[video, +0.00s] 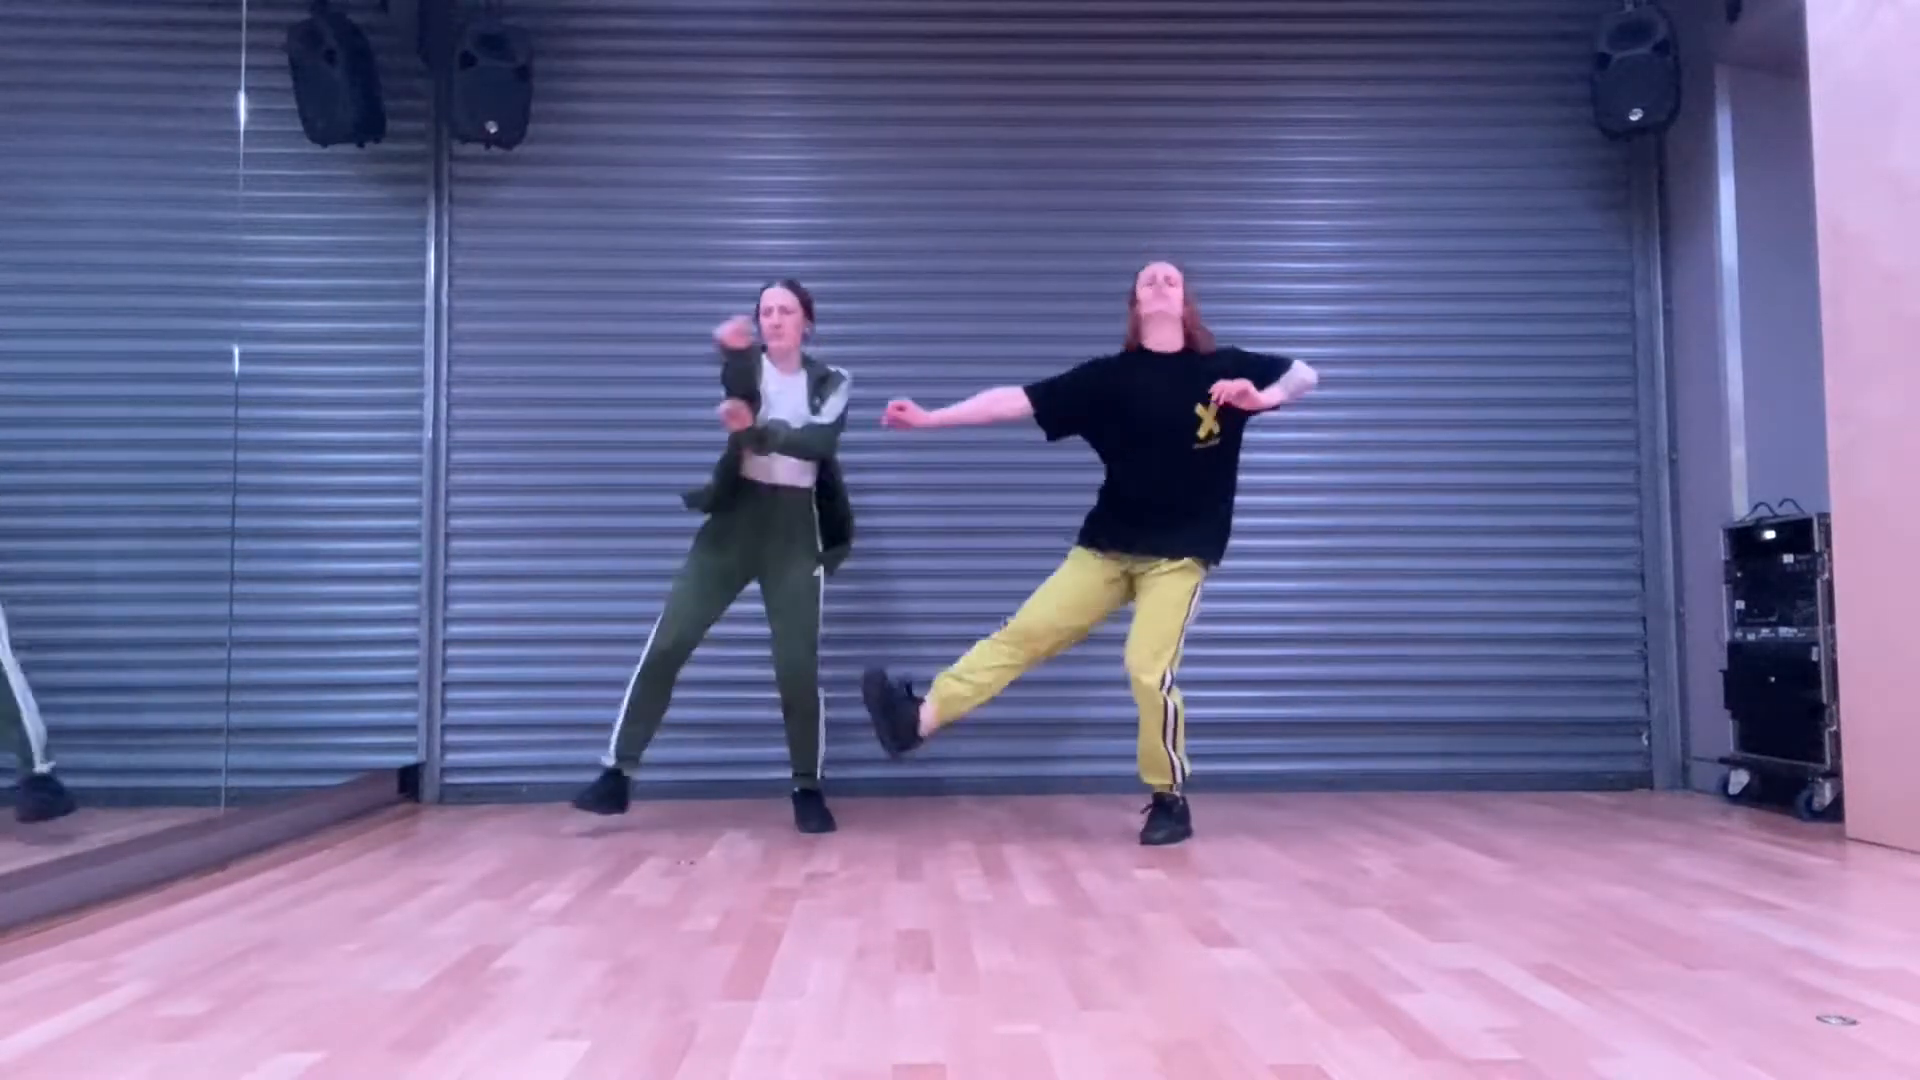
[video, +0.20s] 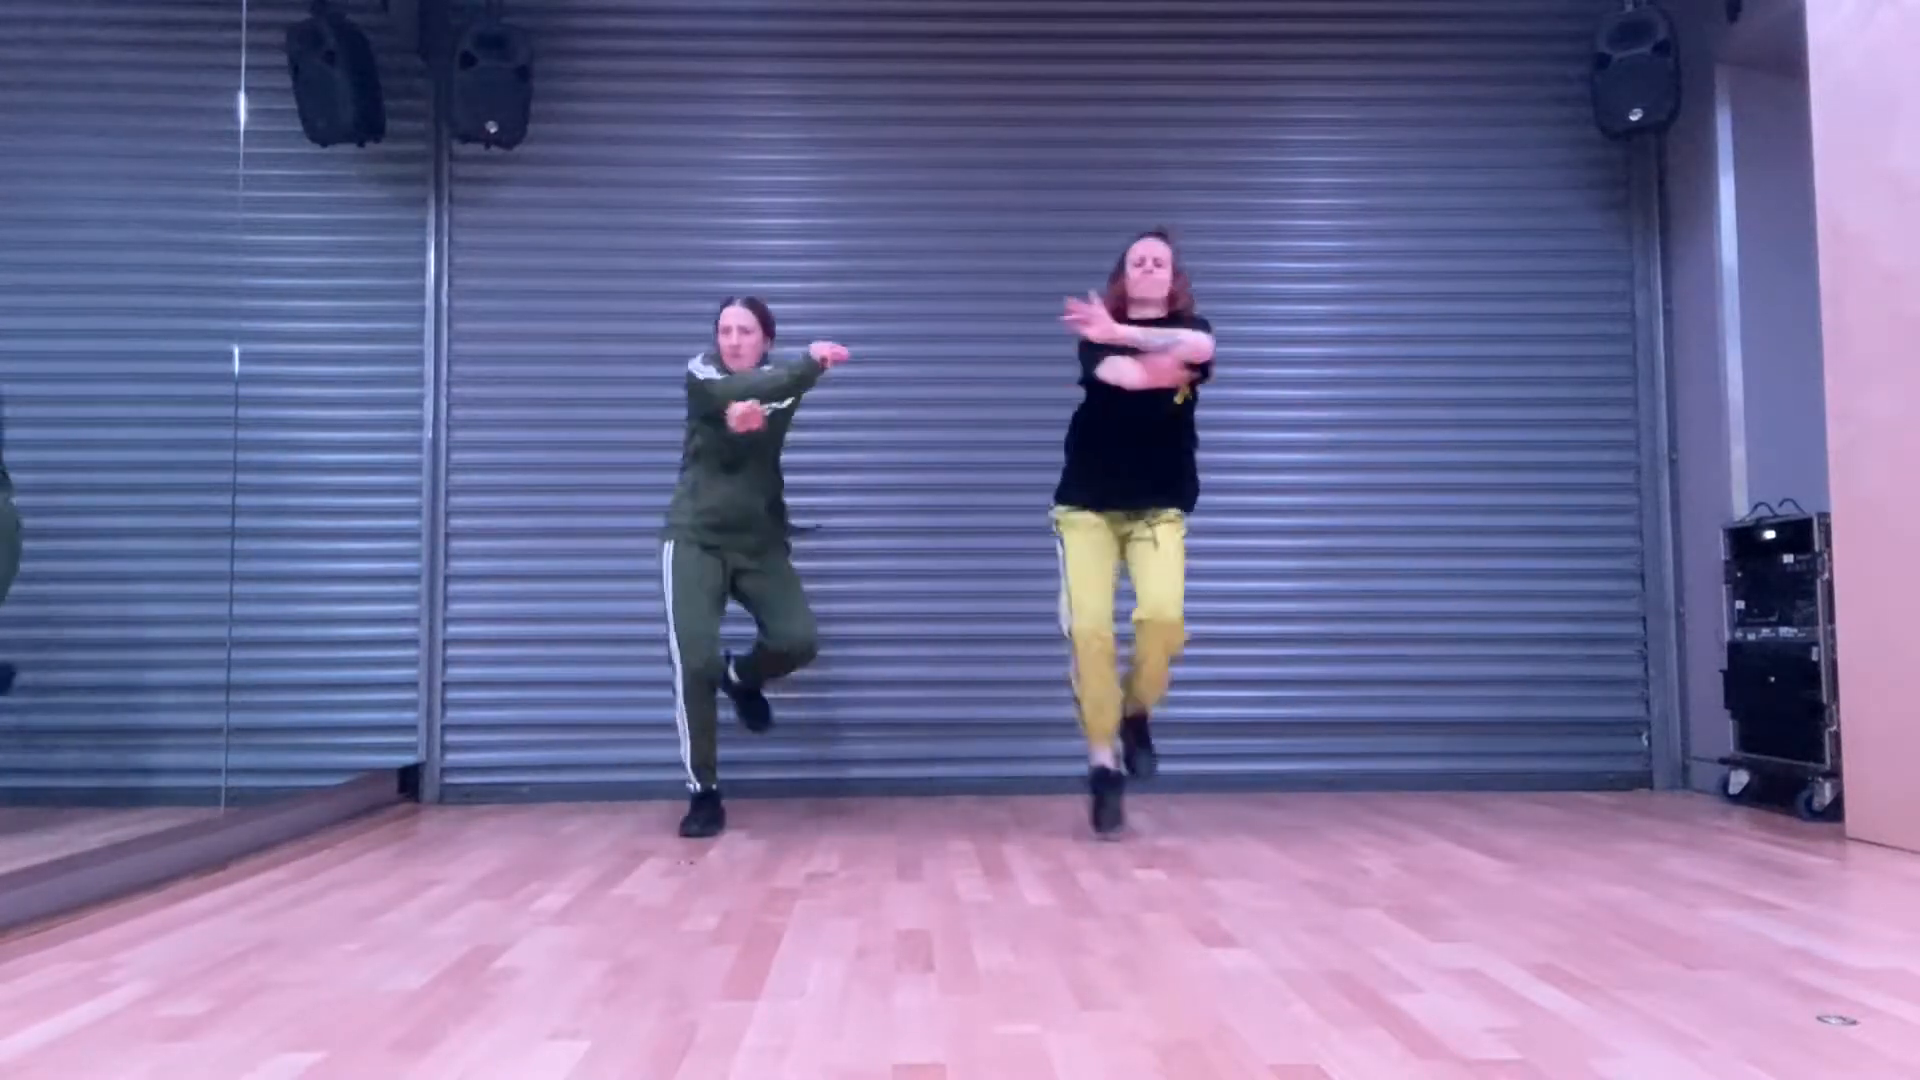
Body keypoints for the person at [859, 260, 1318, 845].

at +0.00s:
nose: (1161, 284)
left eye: (1171, 280)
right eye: (1150, 280)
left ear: (1188, 303)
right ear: (1133, 305)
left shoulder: (1226, 368)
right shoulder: (1108, 375)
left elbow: (1305, 376)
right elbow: (1019, 400)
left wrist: (1266, 395)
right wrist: (931, 418)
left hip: (1180, 553)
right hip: (1108, 545)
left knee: (1148, 669)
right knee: (1026, 634)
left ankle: (1167, 799)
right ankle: (918, 721)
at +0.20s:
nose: (1146, 271)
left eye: (1157, 264)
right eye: (1137, 263)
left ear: (1176, 279)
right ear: (1120, 279)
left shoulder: (1192, 333)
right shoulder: (1096, 335)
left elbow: (1200, 349)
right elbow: (1127, 374)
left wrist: (1115, 331)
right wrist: (1184, 364)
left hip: (1159, 507)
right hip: (1087, 505)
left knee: (1163, 616)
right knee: (1090, 631)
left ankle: (1137, 713)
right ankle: (1103, 767)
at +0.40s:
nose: (1127, 281)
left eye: (1138, 277)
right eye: (1117, 276)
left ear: (1152, 298)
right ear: (1100, 296)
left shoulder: (1168, 351)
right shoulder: (1081, 354)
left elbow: (1201, 354)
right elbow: (1092, 393)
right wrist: (1178, 381)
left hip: (1155, 539)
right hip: (1083, 537)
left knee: (1154, 661)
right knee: (1095, 656)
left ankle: (1058, 650)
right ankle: (1131, 780)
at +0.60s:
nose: (1118, 301)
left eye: (1128, 295)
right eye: (1107, 295)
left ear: (1144, 314)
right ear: (1091, 317)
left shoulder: (1176, 383)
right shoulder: (1059, 382)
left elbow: (1254, 388)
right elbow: (975, 386)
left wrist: (1314, 397)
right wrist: (1036, 376)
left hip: (1138, 555)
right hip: (1072, 549)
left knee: (1081, 673)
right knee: (1096, 671)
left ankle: (1005, 780)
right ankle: (1135, 795)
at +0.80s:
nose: (1117, 285)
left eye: (1124, 279)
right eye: (1104, 282)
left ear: (1138, 298)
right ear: (1086, 305)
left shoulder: (1153, 366)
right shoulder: (1079, 361)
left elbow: (1202, 371)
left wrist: (1251, 359)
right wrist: (1141, 373)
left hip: (1131, 544)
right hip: (1074, 538)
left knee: (1078, 664)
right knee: (1112, 655)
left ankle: (1010, 779)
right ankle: (1136, 788)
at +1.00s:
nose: (1189, 334)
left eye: (1190, 326)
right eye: (1187, 328)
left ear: (1134, 313)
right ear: (1169, 333)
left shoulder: (1088, 351)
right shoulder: (1161, 390)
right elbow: (1179, 478)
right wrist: (1148, 527)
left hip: (1035, 517)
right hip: (1101, 528)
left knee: (1043, 652)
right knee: (1129, 657)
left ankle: (1030, 782)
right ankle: (1138, 793)